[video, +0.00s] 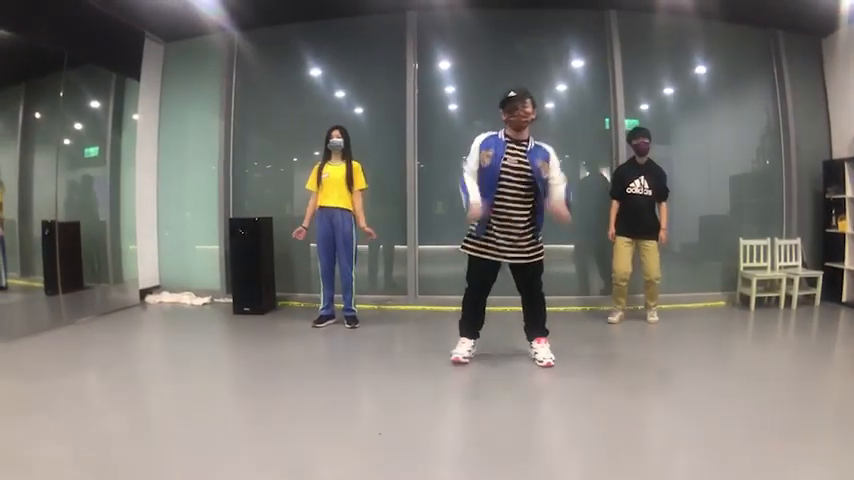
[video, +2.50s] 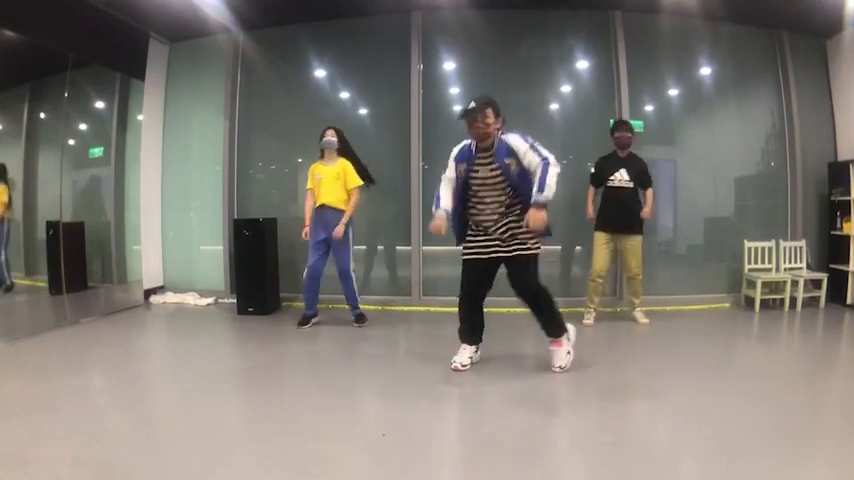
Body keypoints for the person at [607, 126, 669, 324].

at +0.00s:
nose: (643, 145)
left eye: (646, 142)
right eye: (638, 142)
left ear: (650, 144)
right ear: (631, 144)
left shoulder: (657, 172)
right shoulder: (621, 171)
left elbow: (662, 202)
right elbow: (615, 200)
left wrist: (663, 228)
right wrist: (611, 226)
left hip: (649, 232)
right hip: (624, 232)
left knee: (652, 276)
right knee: (620, 273)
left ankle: (651, 308)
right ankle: (619, 308)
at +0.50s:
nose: (618, 149)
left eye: (622, 146)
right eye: (614, 146)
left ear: (628, 149)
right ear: (609, 148)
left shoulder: (635, 172)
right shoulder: (602, 174)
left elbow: (651, 197)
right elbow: (588, 194)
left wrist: (643, 218)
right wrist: (587, 216)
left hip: (631, 235)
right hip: (606, 234)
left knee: (641, 277)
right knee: (597, 276)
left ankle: (653, 308)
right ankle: (597, 310)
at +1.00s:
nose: (647, 157)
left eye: (650, 153)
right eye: (643, 154)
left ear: (653, 154)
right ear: (633, 155)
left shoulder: (645, 174)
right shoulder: (625, 172)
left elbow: (647, 193)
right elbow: (605, 191)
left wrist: (658, 201)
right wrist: (624, 210)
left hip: (637, 236)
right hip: (618, 237)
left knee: (652, 274)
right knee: (606, 281)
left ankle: (641, 310)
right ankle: (579, 309)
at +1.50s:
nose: (609, 151)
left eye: (612, 148)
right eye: (605, 148)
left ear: (619, 148)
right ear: (600, 149)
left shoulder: (626, 171)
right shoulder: (597, 173)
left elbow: (646, 194)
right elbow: (589, 194)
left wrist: (637, 216)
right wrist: (583, 213)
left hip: (629, 234)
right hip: (604, 234)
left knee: (642, 275)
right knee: (596, 274)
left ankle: (656, 306)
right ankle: (597, 309)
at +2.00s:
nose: (640, 139)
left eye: (642, 135)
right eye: (635, 136)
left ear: (646, 138)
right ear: (627, 139)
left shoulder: (641, 164)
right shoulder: (619, 160)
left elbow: (642, 193)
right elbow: (608, 191)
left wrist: (650, 212)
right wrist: (618, 219)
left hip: (635, 225)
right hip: (613, 224)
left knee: (638, 270)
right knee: (601, 269)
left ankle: (633, 306)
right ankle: (586, 306)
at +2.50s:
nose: (623, 139)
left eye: (627, 135)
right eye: (619, 135)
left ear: (632, 137)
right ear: (613, 137)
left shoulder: (639, 163)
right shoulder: (603, 162)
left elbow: (648, 188)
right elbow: (593, 185)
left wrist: (648, 207)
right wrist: (589, 207)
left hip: (631, 227)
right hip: (604, 226)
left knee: (634, 272)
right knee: (597, 272)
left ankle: (636, 308)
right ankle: (591, 309)